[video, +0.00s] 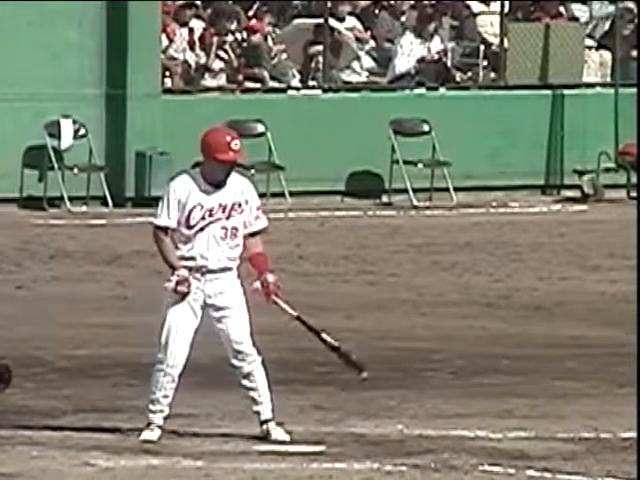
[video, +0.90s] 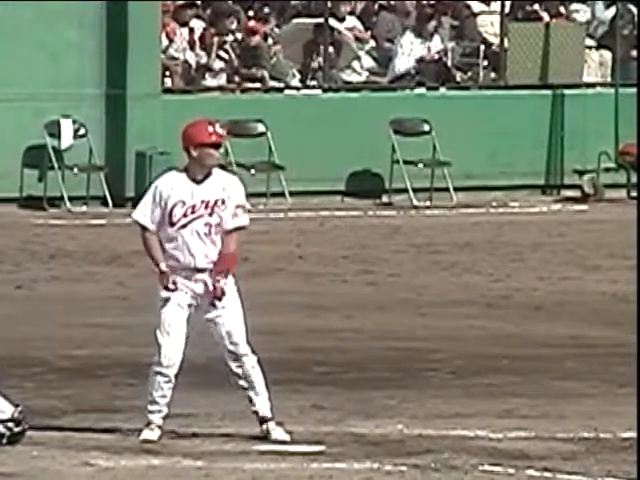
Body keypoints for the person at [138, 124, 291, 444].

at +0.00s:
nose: (230, 168)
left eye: (232, 163)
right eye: (225, 163)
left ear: (233, 160)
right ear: (209, 160)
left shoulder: (242, 187)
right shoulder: (180, 187)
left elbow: (253, 237)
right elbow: (161, 232)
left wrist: (264, 272)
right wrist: (178, 267)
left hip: (227, 279)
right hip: (188, 279)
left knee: (243, 351)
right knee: (171, 355)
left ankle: (268, 421)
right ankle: (155, 421)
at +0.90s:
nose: (218, 152)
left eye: (219, 146)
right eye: (211, 147)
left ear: (218, 149)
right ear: (193, 151)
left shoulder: (229, 184)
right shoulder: (167, 185)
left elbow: (232, 236)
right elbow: (147, 228)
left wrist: (221, 273)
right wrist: (161, 268)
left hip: (218, 277)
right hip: (178, 279)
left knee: (239, 350)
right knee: (167, 357)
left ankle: (267, 419)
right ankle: (154, 421)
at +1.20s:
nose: (222, 150)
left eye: (223, 145)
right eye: (215, 146)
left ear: (222, 147)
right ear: (196, 149)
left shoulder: (233, 183)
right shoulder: (169, 182)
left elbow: (227, 232)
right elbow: (154, 224)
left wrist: (193, 253)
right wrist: (162, 244)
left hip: (221, 277)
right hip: (184, 280)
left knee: (241, 351)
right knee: (169, 357)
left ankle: (267, 421)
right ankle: (154, 421)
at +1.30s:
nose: (222, 150)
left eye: (223, 144)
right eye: (215, 145)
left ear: (222, 147)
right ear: (196, 149)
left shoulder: (233, 182)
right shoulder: (169, 182)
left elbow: (229, 230)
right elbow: (155, 225)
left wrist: (187, 236)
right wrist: (159, 235)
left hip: (221, 276)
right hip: (182, 278)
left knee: (241, 350)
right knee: (170, 356)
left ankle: (267, 421)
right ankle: (155, 421)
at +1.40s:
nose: (222, 149)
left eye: (223, 144)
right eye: (215, 145)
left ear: (222, 147)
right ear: (197, 149)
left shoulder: (233, 182)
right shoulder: (171, 181)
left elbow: (231, 229)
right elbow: (152, 228)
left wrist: (197, 226)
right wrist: (165, 224)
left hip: (221, 275)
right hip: (182, 276)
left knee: (241, 350)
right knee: (170, 356)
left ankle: (268, 421)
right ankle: (154, 421)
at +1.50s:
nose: (222, 149)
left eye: (223, 144)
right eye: (215, 145)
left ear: (223, 146)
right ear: (197, 148)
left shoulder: (235, 181)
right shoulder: (173, 182)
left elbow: (238, 227)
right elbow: (155, 232)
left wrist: (207, 219)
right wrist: (174, 217)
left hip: (222, 274)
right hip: (183, 276)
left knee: (241, 350)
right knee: (171, 355)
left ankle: (268, 421)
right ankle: (155, 421)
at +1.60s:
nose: (225, 150)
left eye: (225, 144)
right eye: (218, 145)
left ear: (223, 147)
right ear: (199, 148)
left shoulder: (235, 180)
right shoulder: (175, 183)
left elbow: (248, 225)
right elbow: (162, 233)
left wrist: (221, 217)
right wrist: (187, 212)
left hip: (224, 276)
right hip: (186, 277)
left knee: (243, 351)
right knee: (173, 356)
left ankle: (268, 421)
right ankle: (155, 421)